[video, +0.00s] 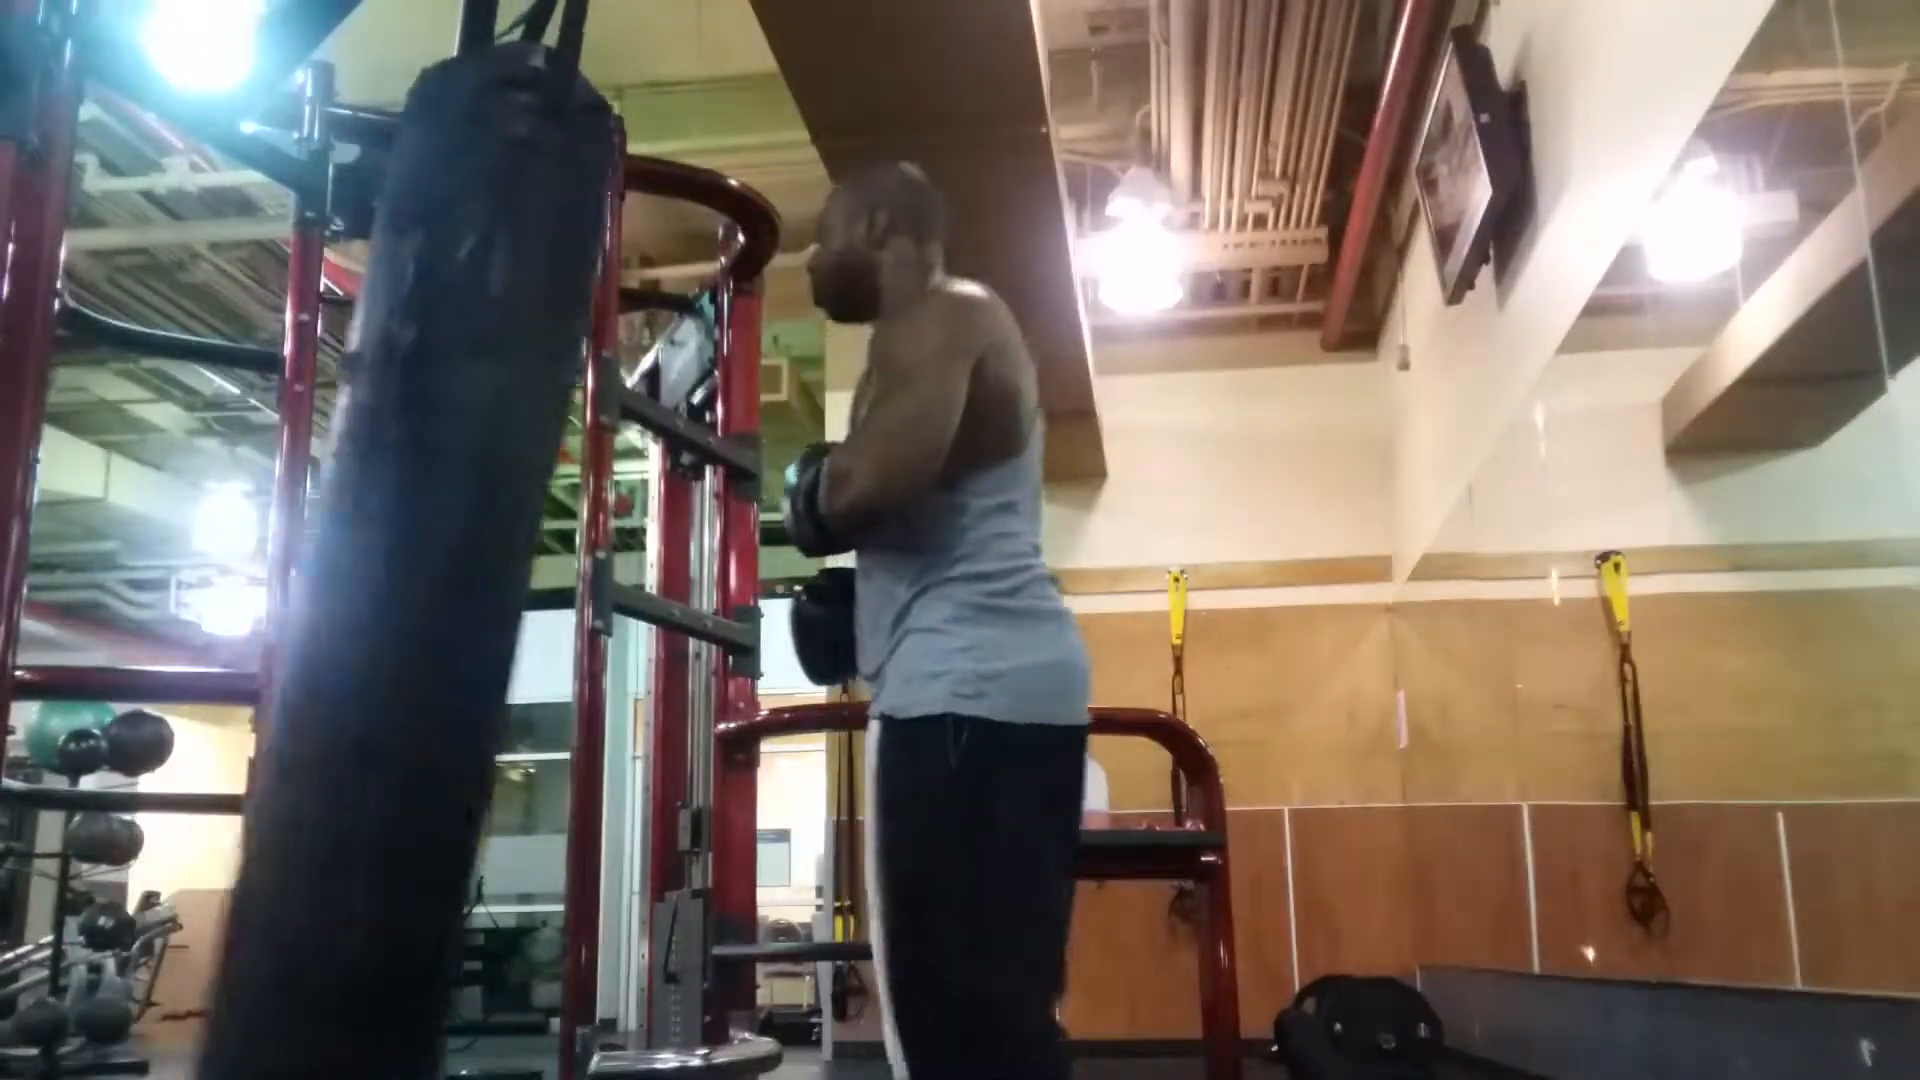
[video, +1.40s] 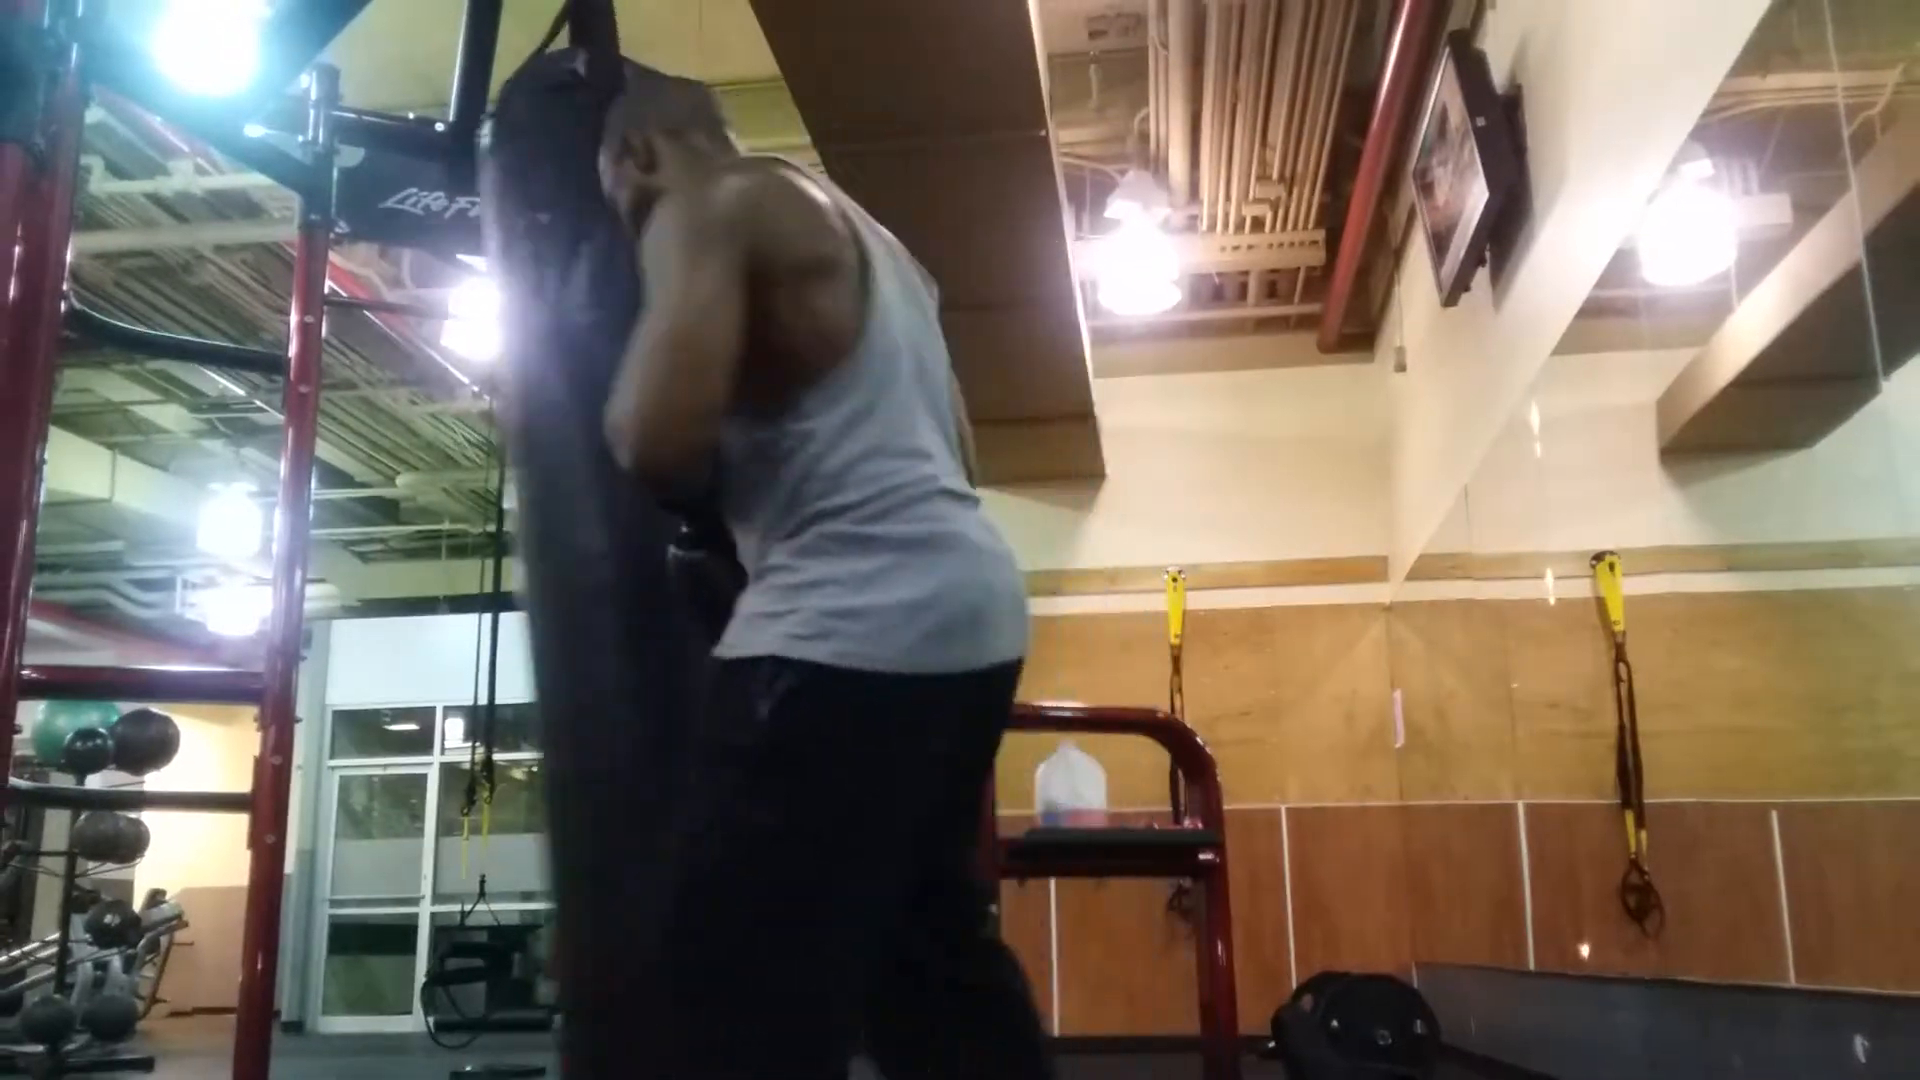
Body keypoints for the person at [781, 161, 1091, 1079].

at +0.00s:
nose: (811, 256)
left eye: (824, 235)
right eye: (815, 237)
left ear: (880, 234)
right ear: (895, 241)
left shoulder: (938, 313)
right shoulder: (938, 331)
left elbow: (885, 474)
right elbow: (963, 546)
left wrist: (815, 489)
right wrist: (868, 608)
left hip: (971, 699)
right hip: (978, 698)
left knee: (960, 1020)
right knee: (983, 1016)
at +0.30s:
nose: (839, 236)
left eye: (841, 206)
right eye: (836, 211)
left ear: (883, 183)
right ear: (950, 187)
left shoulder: (944, 266)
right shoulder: (1049, 293)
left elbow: (869, 469)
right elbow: (1107, 510)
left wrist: (850, 474)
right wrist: (934, 566)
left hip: (1018, 673)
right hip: (1104, 665)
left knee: (1012, 1020)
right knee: (1084, 1010)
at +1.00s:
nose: (813, 265)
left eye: (811, 235)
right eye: (803, 243)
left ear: (860, 201)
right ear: (894, 198)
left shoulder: (954, 269)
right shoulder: (1012, 270)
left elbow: (905, 473)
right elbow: (1083, 469)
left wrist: (839, 465)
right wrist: (895, 506)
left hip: (1002, 683)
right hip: (1069, 675)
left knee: (919, 994)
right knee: (1091, 979)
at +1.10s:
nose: (754, 251)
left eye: (751, 219)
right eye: (743, 228)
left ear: (801, 191)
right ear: (840, 190)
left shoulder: (905, 263)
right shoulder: (942, 260)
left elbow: (876, 463)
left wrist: (801, 480)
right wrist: (818, 457)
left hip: (960, 676)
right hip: (1021, 672)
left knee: (848, 1000)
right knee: (1066, 981)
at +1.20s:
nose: (691, 240)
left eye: (685, 211)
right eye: (682, 218)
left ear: (718, 181)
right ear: (781, 165)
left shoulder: (833, 238)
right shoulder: (895, 236)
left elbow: (798, 435)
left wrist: (726, 470)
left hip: (908, 663)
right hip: (997, 658)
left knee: (789, 977)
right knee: (1007, 940)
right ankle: (1109, 1072)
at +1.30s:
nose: (653, 227)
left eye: (646, 203)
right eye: (642, 208)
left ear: (679, 164)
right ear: (740, 145)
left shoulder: (761, 220)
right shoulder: (864, 228)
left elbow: (709, 436)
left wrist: (690, 467)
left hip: (876, 646)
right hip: (977, 638)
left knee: (753, 987)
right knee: (956, 952)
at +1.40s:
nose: (625, 212)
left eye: (618, 188)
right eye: (619, 196)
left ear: (644, 151)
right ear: (718, 131)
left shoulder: (714, 201)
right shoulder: (874, 240)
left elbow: (654, 436)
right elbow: (952, 458)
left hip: (842, 631)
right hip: (965, 622)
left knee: (737, 974)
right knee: (928, 945)